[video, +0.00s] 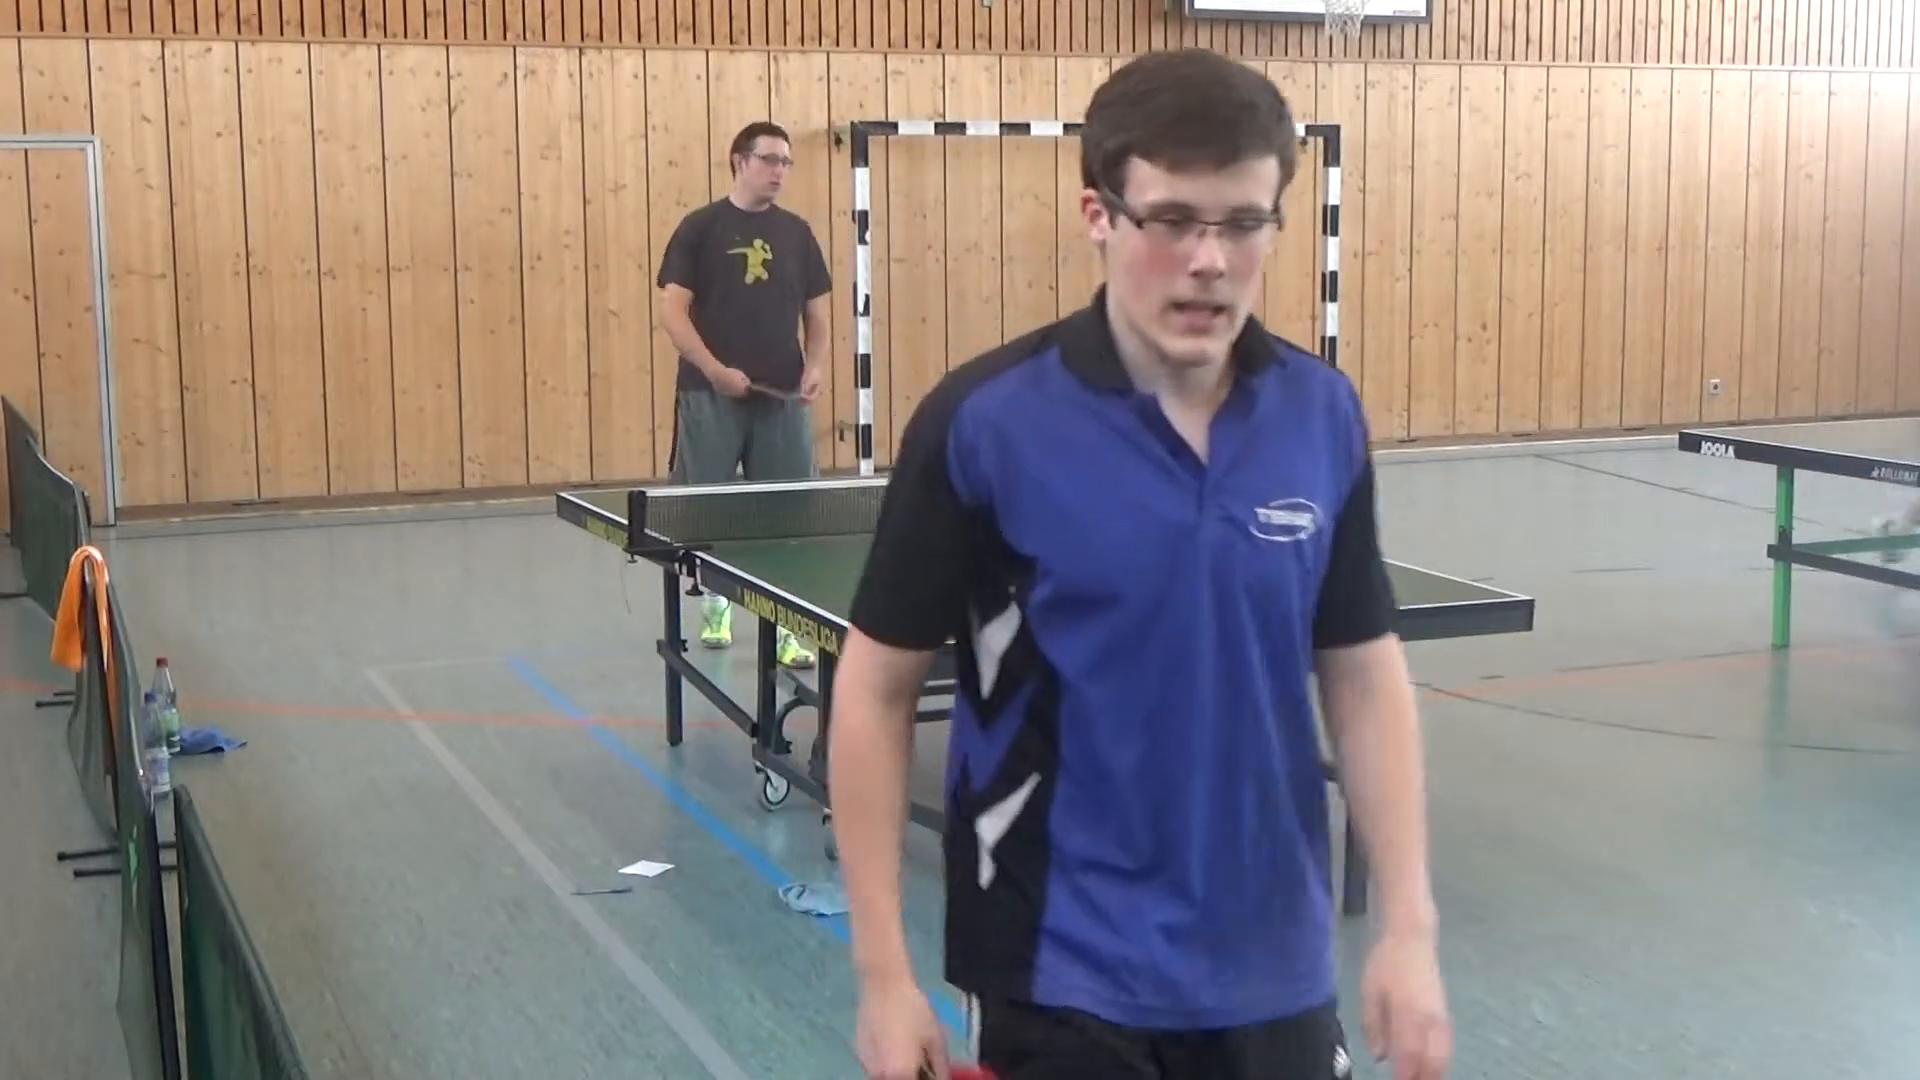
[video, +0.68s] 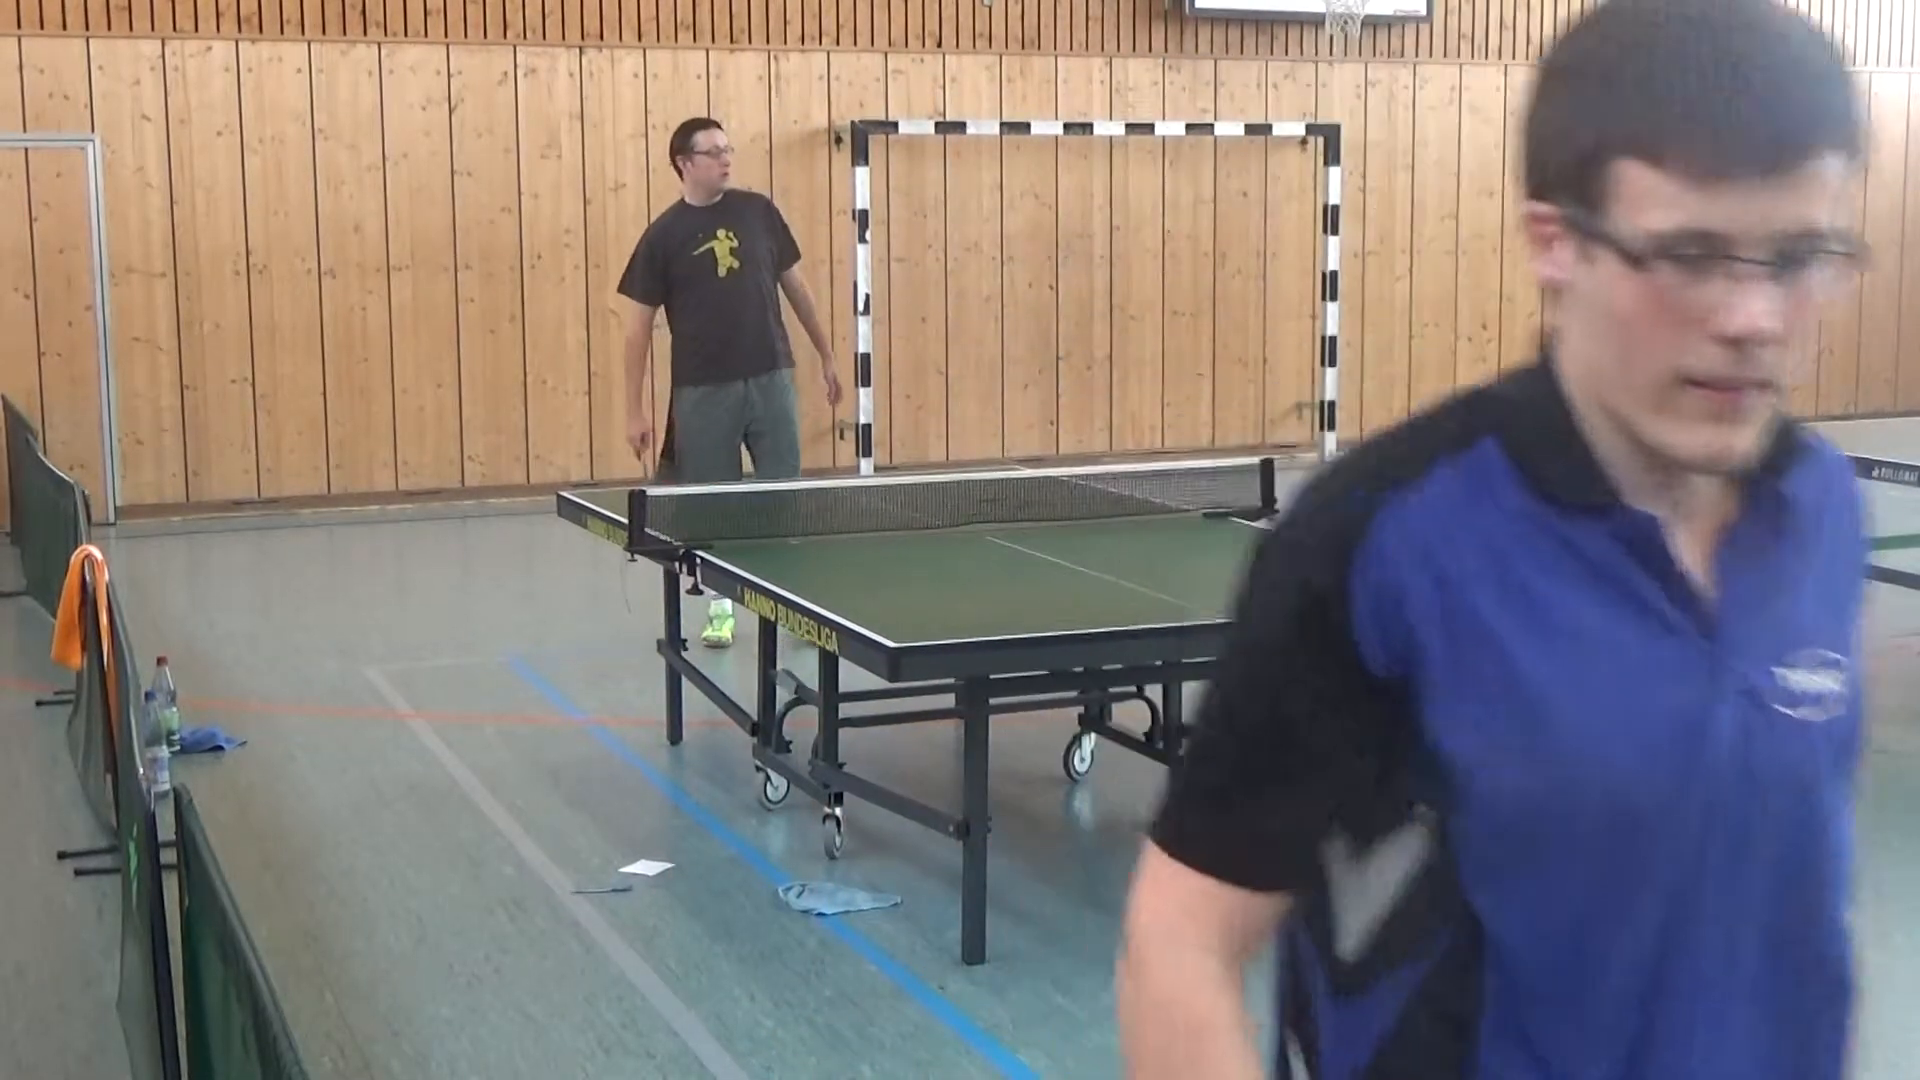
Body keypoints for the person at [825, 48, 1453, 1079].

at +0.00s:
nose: (1209, 260)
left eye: (1242, 223)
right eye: (1172, 220)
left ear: (1276, 225)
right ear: (1097, 219)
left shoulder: (1318, 415)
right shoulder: (979, 424)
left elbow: (1364, 676)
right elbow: (873, 689)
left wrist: (1407, 930)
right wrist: (883, 977)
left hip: (1274, 972)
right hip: (1067, 981)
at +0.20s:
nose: (1296, 298)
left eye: (1327, 252)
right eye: (1250, 256)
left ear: (1363, 248)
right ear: (1165, 261)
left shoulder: (1415, 454)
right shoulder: (1047, 493)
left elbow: (1479, 703)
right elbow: (950, 795)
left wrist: (1530, 904)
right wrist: (951, 1059)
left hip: (1371, 1027)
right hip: (1157, 1043)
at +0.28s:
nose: (1330, 301)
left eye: (1363, 251)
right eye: (1284, 256)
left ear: (1401, 240)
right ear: (1191, 254)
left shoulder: (1457, 453)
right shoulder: (1075, 508)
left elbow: (1523, 728)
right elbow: (988, 828)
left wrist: (1579, 962)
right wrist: (979, 1068)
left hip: (1425, 1040)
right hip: (1197, 1054)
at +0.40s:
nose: (1408, 279)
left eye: (1445, 226)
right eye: (1358, 230)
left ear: (1488, 211)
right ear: (1256, 224)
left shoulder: (1532, 432)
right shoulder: (1135, 494)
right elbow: (1040, 837)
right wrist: (1038, 1069)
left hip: (1521, 1049)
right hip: (1269, 1059)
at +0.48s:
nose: (1486, 272)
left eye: (1525, 216)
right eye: (1432, 222)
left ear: (1566, 206)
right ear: (1324, 217)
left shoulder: (1593, 437)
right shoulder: (1187, 492)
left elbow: (1622, 754)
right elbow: (1070, 863)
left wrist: (1690, 1054)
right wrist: (1088, 1068)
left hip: (1592, 1053)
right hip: (1325, 1059)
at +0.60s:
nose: (1634, 289)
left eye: (1676, 231)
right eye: (1577, 231)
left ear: (1719, 229)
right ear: (1448, 223)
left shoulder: (1718, 480)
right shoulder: (1284, 512)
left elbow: (1710, 829)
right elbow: (1127, 905)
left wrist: (1740, 1050)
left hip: (1677, 1056)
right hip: (1398, 1057)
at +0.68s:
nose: (1755, 320)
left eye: (1800, 260)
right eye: (1693, 258)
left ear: (1842, 258)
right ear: (1552, 250)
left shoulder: (1821, 507)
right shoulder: (1371, 544)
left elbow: (1786, 869)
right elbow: (1181, 941)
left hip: (1783, 1058)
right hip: (1485, 1060)